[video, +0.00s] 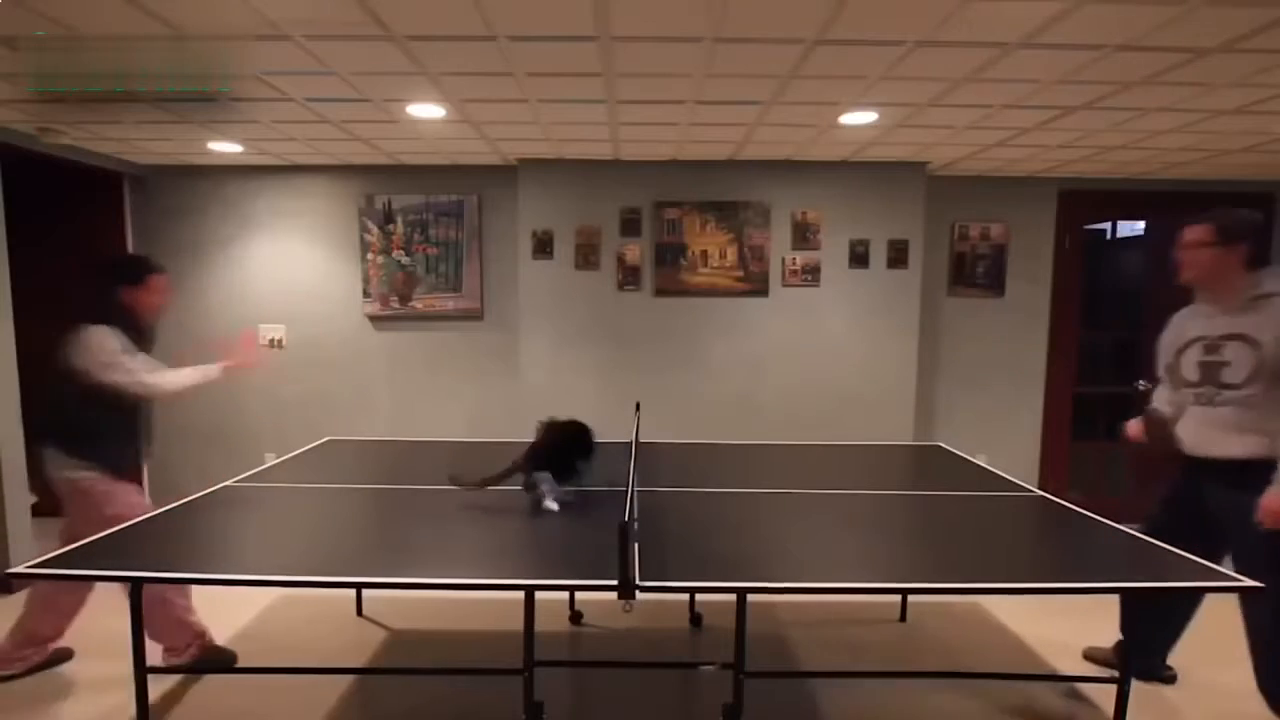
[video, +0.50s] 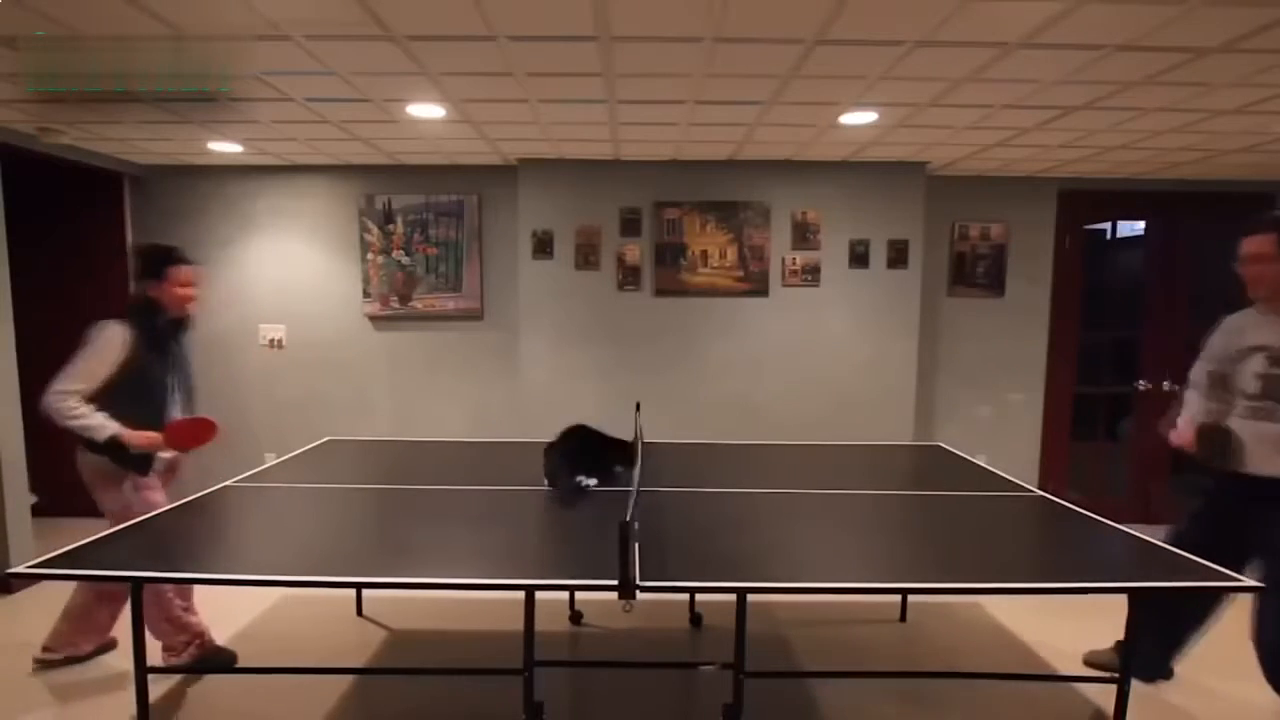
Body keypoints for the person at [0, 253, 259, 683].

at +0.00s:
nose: (162, 302)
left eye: (163, 293)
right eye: (155, 292)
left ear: (133, 294)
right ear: (129, 292)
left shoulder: (119, 338)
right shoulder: (95, 339)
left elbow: (154, 377)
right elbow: (151, 381)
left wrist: (203, 362)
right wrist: (222, 366)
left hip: (110, 470)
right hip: (84, 471)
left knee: (77, 562)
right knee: (150, 546)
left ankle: (21, 650)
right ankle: (185, 644)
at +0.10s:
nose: (197, 295)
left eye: (198, 286)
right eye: (189, 286)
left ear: (165, 289)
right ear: (160, 288)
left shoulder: (157, 333)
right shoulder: (133, 333)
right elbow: (178, 394)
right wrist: (253, 384)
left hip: (130, 464)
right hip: (104, 462)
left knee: (95, 559)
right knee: (163, 538)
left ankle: (29, 647)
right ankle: (185, 643)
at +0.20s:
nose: (218, 295)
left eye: (219, 286)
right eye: (211, 286)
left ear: (188, 289)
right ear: (180, 287)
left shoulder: (186, 331)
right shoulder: (152, 330)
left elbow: (167, 403)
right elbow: (114, 404)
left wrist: (222, 419)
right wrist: (182, 424)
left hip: (146, 456)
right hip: (123, 456)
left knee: (112, 553)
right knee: (161, 546)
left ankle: (45, 645)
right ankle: (186, 645)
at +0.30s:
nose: (224, 296)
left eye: (225, 286)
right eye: (216, 286)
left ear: (198, 290)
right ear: (184, 287)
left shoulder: (191, 333)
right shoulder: (151, 330)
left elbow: (168, 398)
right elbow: (85, 392)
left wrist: (193, 431)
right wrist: (148, 432)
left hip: (155, 458)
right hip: (126, 458)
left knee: (124, 552)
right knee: (159, 547)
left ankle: (66, 645)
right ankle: (186, 644)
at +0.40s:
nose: (214, 294)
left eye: (215, 284)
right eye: (206, 284)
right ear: (175, 286)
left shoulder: (185, 333)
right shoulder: (142, 330)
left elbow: (182, 395)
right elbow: (75, 391)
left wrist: (189, 435)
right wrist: (135, 435)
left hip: (159, 458)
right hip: (124, 460)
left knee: (130, 551)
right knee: (161, 548)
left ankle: (75, 639)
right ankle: (185, 645)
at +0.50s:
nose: (191, 294)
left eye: (193, 285)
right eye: (183, 284)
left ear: (185, 288)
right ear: (154, 288)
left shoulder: (171, 337)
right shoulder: (119, 334)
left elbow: (175, 398)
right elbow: (58, 399)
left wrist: (178, 441)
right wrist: (124, 434)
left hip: (149, 459)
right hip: (111, 461)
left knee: (126, 550)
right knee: (161, 544)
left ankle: (71, 641)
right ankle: (185, 644)